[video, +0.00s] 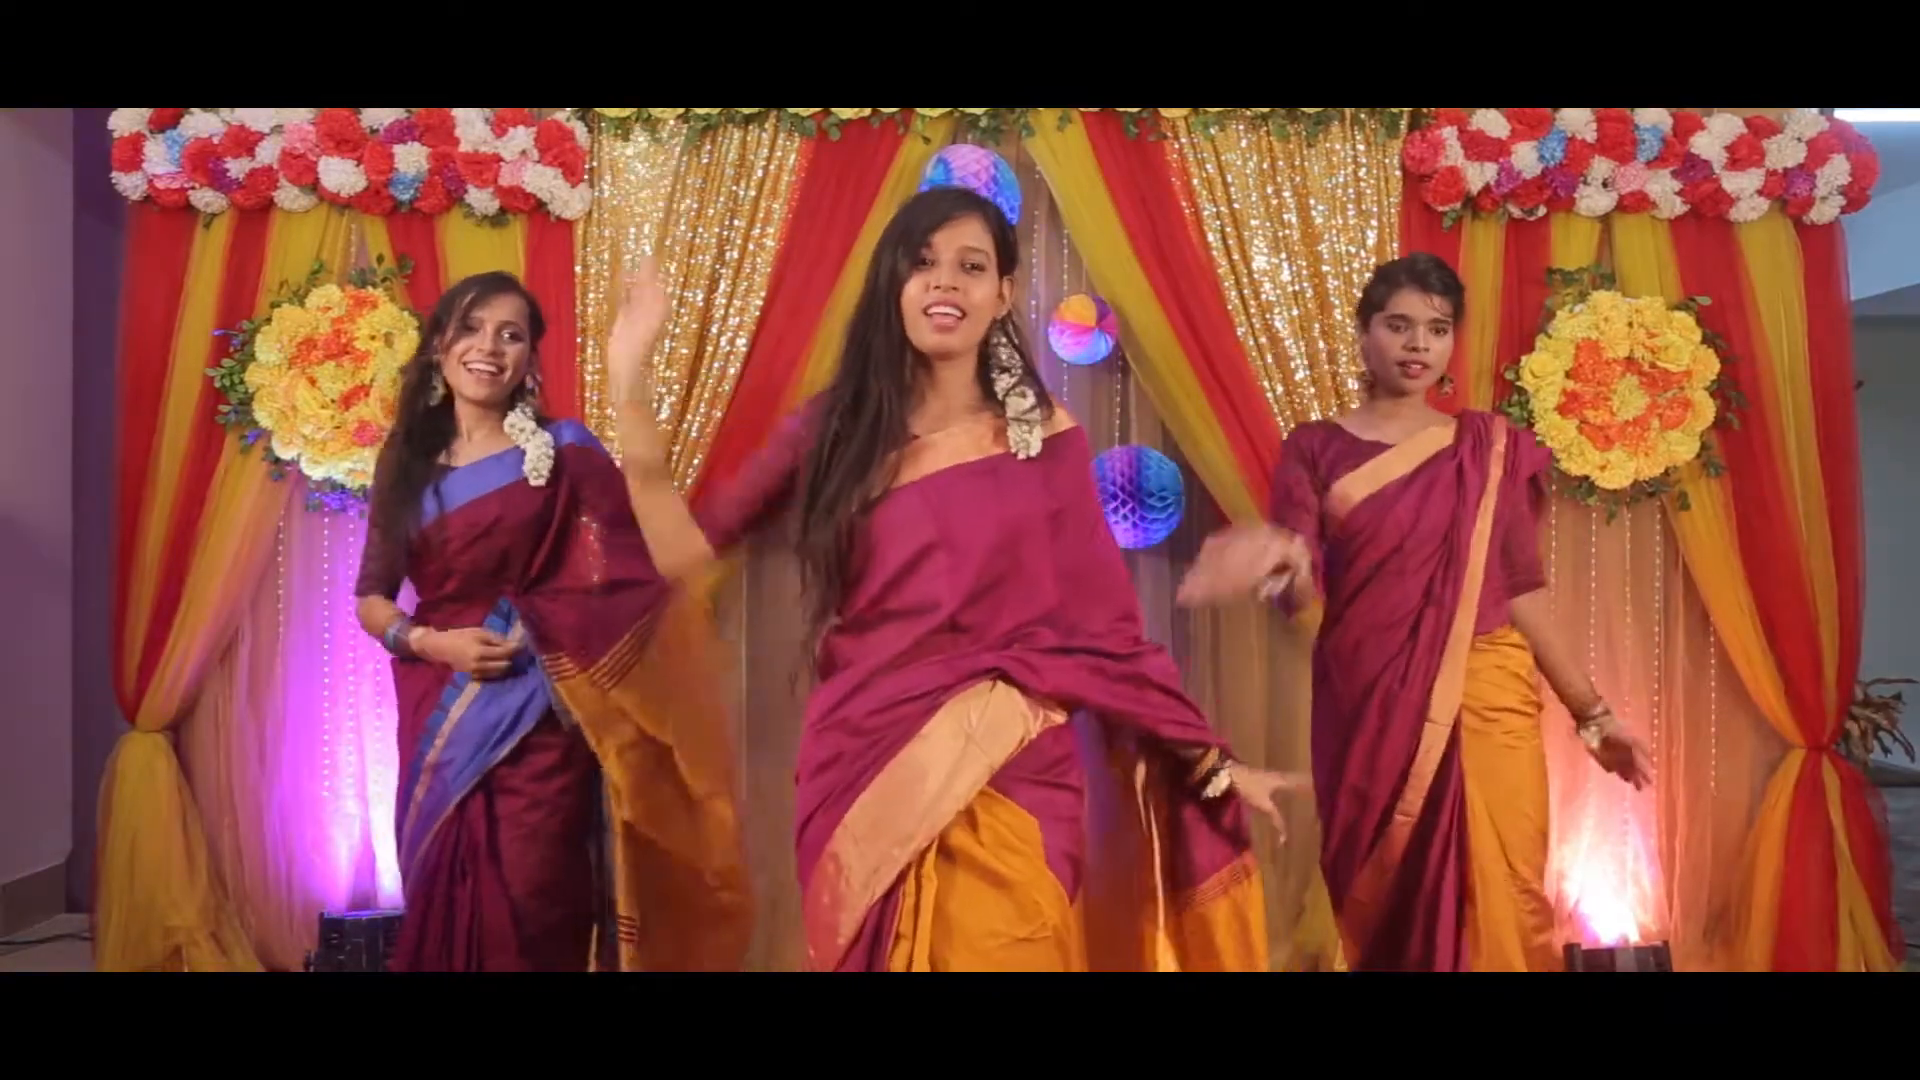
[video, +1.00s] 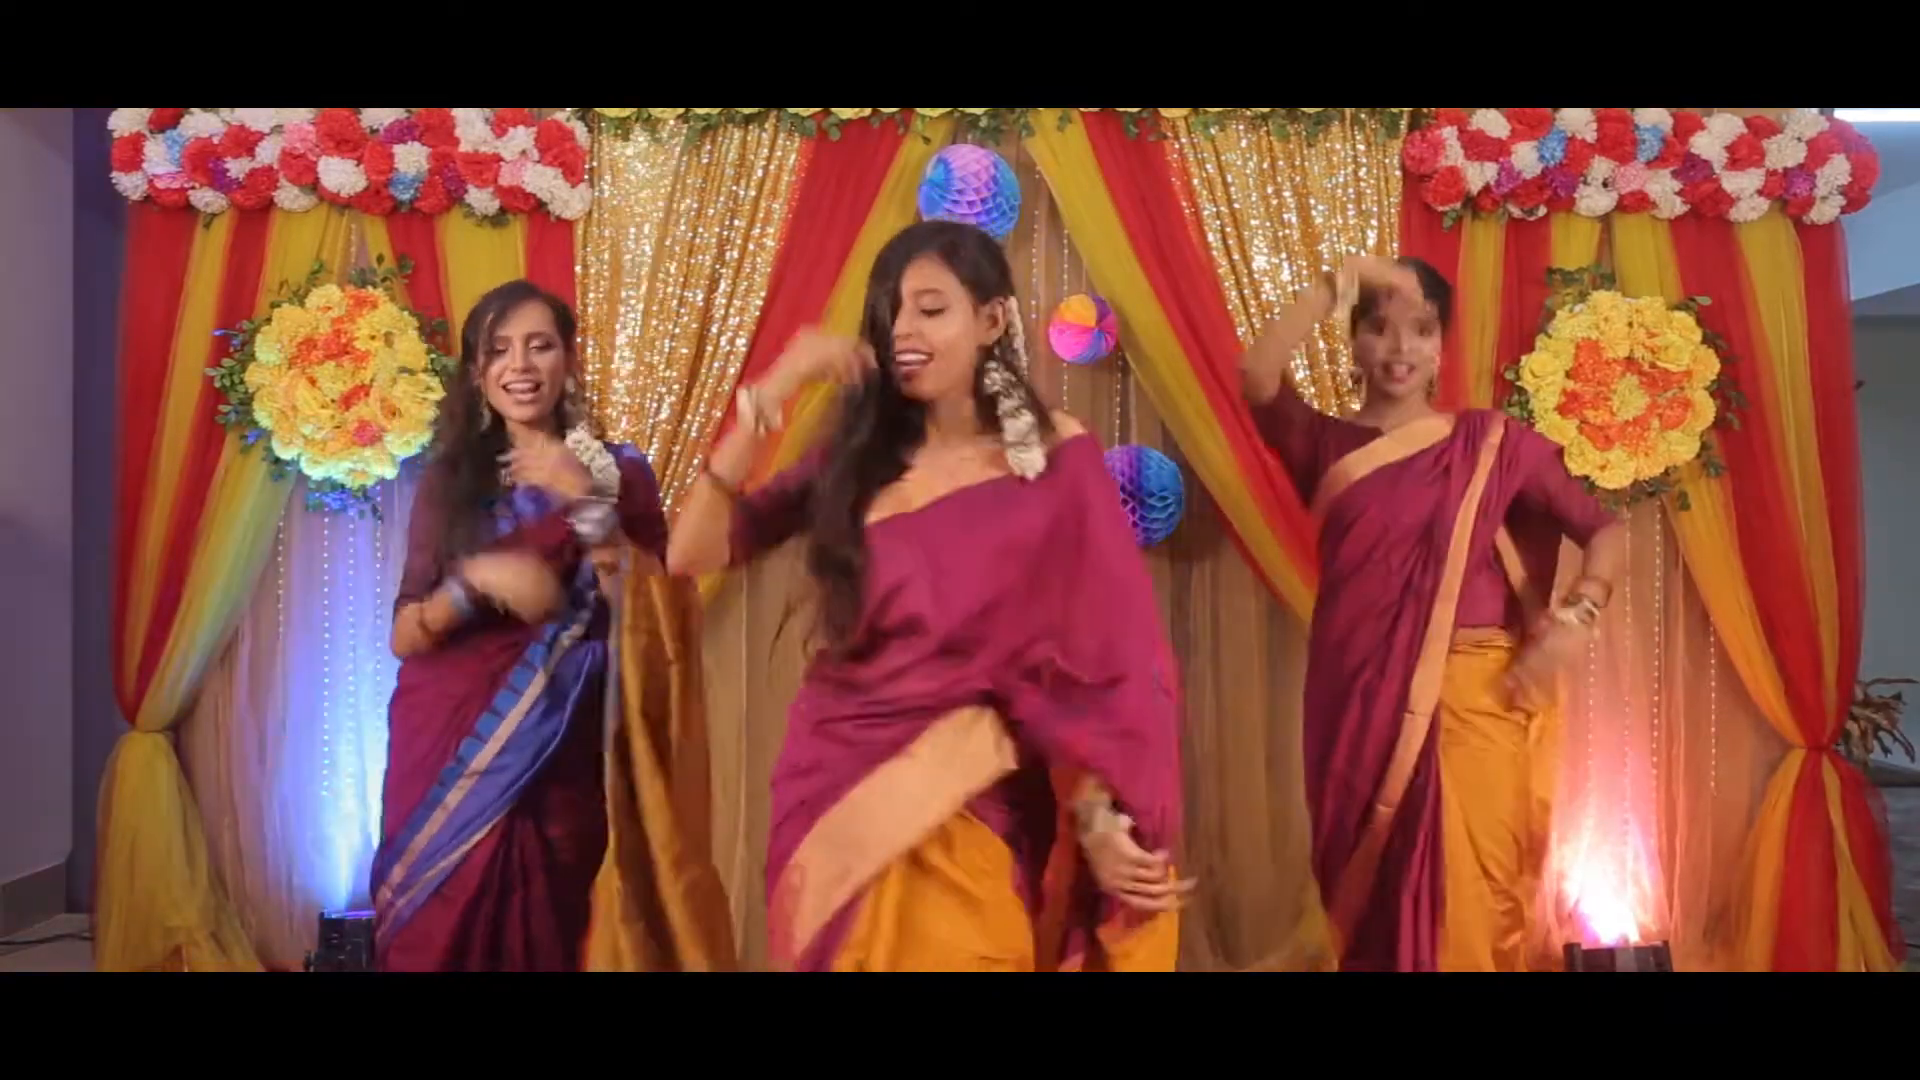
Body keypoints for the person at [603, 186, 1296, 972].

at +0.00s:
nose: (944, 285)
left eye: (972, 267)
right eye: (922, 264)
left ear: (1004, 296)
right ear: (892, 285)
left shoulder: (1044, 433)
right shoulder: (840, 427)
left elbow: (1109, 626)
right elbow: (678, 548)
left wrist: (1211, 763)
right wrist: (627, 385)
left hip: (1024, 757)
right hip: (871, 757)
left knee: (1007, 953)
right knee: (875, 956)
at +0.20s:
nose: (936, 288)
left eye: (964, 273)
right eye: (917, 267)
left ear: (997, 300)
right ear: (884, 289)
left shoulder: (1047, 428)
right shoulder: (837, 446)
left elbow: (1108, 616)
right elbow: (826, 639)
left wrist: (1160, 772)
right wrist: (677, 578)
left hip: (1017, 767)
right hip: (867, 770)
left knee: (998, 952)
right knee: (866, 955)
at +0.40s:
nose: (932, 307)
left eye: (959, 288)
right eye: (912, 283)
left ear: (992, 313)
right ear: (879, 303)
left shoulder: (1038, 430)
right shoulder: (840, 443)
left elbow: (1102, 620)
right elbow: (766, 596)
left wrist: (1206, 757)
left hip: (1021, 749)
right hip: (871, 751)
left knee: (992, 948)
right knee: (872, 953)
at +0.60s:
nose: (945, 317)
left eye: (969, 296)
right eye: (922, 294)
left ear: (1002, 312)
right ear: (888, 308)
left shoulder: (1037, 460)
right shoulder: (837, 407)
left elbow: (1102, 620)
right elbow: (787, 474)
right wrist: (946, 446)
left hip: (1020, 741)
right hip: (878, 734)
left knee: (1023, 936)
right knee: (881, 940)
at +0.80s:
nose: (949, 323)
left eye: (972, 300)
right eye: (925, 304)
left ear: (1008, 316)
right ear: (896, 323)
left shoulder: (1054, 473)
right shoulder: (844, 440)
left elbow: (1126, 655)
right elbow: (696, 532)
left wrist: (1007, 664)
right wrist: (855, 436)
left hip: (1003, 788)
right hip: (856, 779)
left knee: (1022, 951)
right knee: (869, 952)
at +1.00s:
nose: (904, 331)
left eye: (932, 309)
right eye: (894, 310)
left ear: (993, 321)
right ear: (877, 323)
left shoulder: (1054, 454)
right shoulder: (859, 461)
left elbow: (1084, 662)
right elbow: (691, 552)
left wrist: (1093, 812)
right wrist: (775, 389)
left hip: (979, 803)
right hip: (837, 800)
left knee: (964, 952)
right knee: (839, 955)